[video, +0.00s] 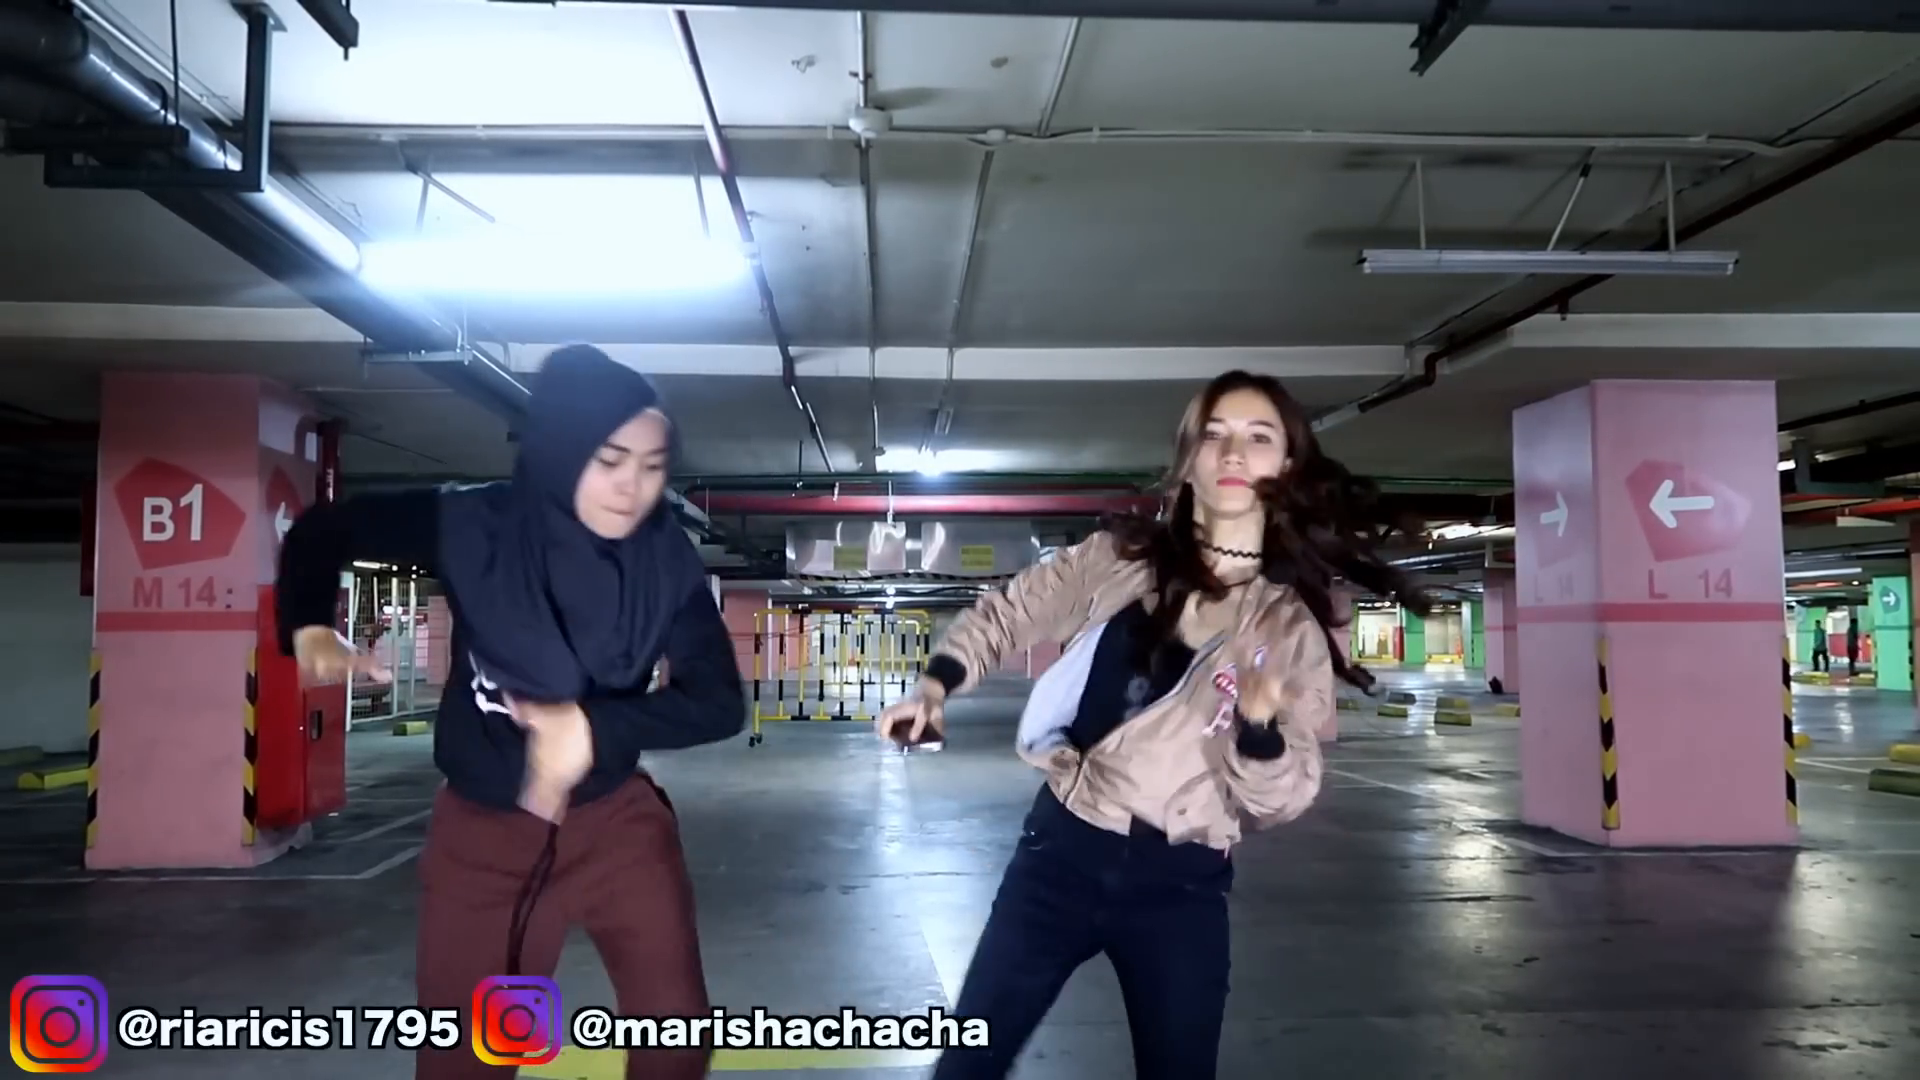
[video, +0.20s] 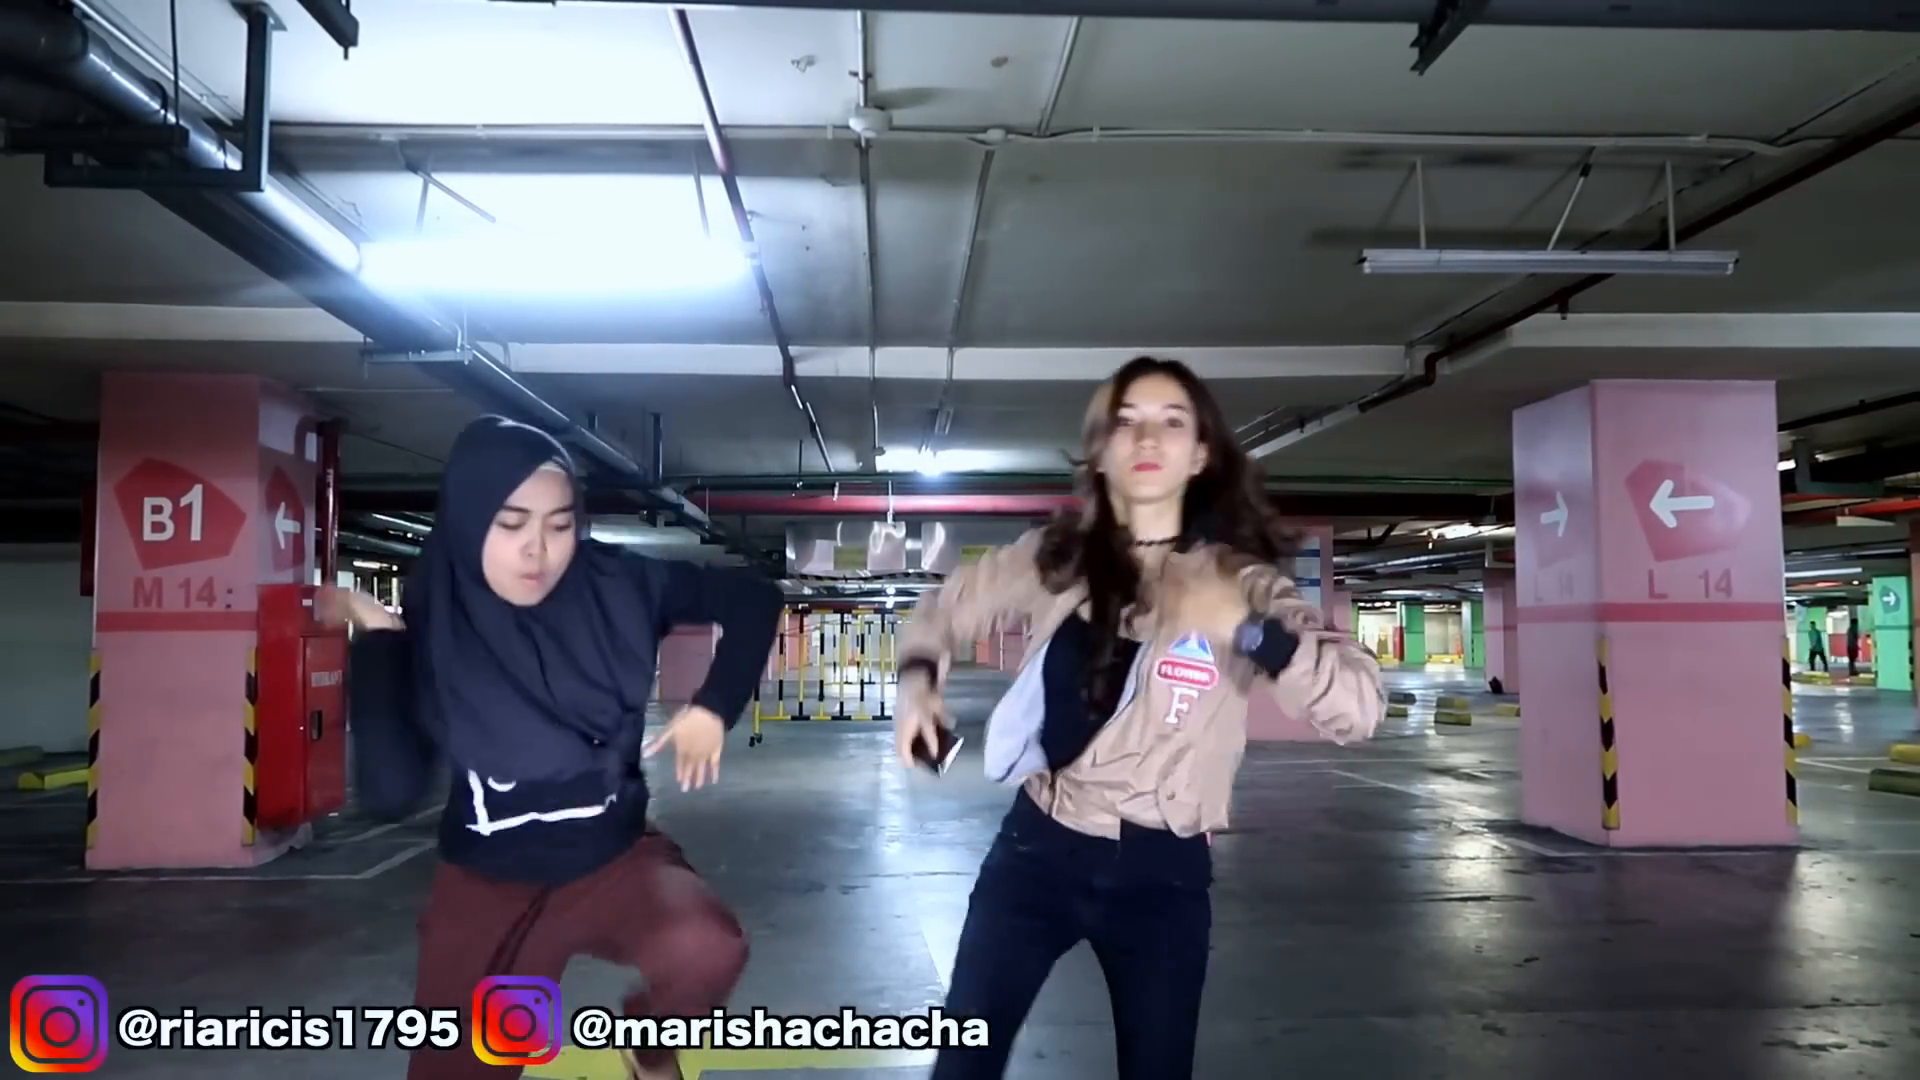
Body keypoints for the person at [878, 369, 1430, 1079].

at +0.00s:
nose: (1235, 454)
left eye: (1259, 438)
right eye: (1218, 436)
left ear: (1287, 464)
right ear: (1189, 458)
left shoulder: (1290, 627)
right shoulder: (1120, 559)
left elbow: (1284, 800)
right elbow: (1008, 612)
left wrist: (1257, 725)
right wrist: (934, 687)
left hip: (1180, 882)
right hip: (1060, 856)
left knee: (1180, 1069)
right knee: (965, 1060)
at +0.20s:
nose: (1146, 437)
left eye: (1171, 423)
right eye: (1126, 422)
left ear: (1203, 455)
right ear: (1099, 452)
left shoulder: (1242, 583)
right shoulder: (1058, 558)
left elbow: (1358, 715)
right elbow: (944, 610)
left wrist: (1265, 639)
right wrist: (917, 686)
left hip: (1161, 870)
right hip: (1037, 852)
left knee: (1157, 1070)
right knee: (961, 1060)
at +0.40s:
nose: (1069, 519)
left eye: (1089, 503)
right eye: (1046, 502)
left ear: (1112, 528)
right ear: (1012, 531)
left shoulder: (1184, 624)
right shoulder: (989, 675)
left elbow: (1277, 670)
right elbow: (992, 827)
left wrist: (1290, 740)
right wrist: (1036, 850)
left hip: (1172, 902)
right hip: (1048, 918)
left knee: (1266, 1066)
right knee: (1010, 1072)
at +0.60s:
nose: (1084, 459)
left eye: (1104, 439)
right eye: (1061, 442)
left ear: (1129, 457)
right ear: (1030, 463)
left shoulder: (1195, 553)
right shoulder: (1011, 613)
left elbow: (1277, 610)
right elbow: (987, 796)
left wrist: (1347, 677)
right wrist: (1019, 775)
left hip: (1251, 849)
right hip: (1129, 870)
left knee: (1306, 1065)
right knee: (1084, 1069)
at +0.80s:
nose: (1122, 462)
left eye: (1139, 445)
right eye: (1098, 448)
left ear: (1164, 467)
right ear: (1066, 477)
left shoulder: (1222, 563)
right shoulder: (1046, 621)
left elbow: (1320, 565)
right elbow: (927, 757)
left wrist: (1385, 665)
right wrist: (975, 708)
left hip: (1273, 866)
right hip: (1152, 893)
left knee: (1389, 1058)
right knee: (1123, 1069)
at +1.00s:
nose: (1175, 480)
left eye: (1200, 456)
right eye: (1163, 462)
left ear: (1252, 474)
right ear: (1151, 481)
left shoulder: (1325, 610)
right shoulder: (1130, 609)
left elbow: (1425, 709)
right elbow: (1091, 721)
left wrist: (1395, 782)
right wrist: (1088, 776)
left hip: (1296, 892)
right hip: (1164, 892)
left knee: (1337, 1071)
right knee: (1104, 1067)